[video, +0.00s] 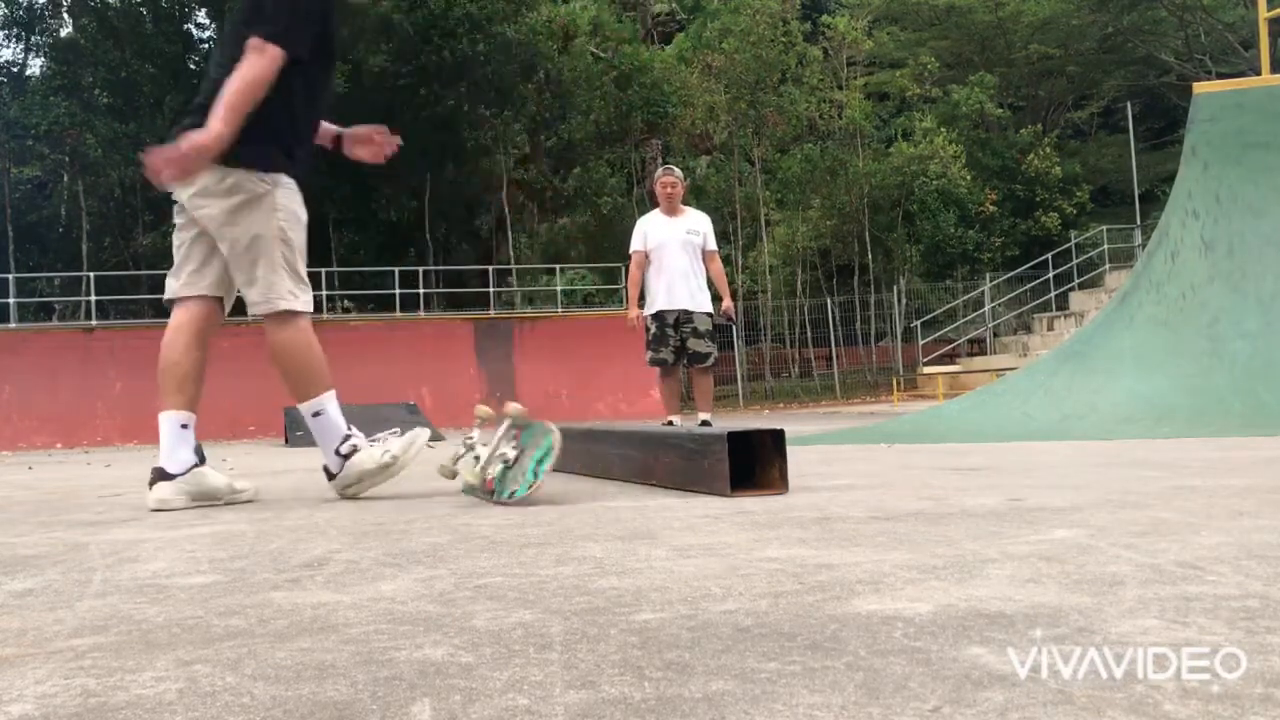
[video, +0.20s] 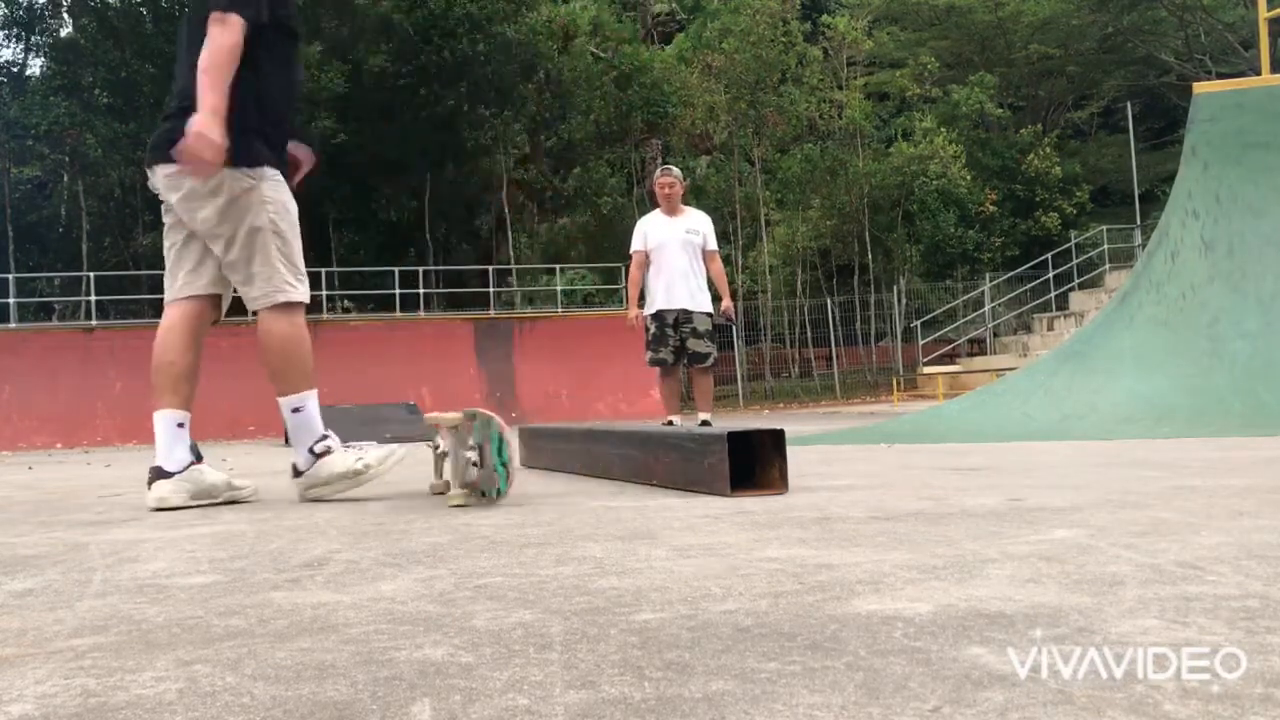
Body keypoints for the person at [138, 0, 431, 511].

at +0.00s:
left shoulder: (274, 14)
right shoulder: (299, 7)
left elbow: (265, 100)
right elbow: (260, 58)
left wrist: (339, 137)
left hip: (208, 163)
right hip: (253, 168)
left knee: (194, 309)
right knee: (286, 313)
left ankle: (176, 467)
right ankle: (342, 453)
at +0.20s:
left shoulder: (234, 13)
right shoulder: (247, 3)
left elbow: (233, 73)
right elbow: (223, 33)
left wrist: (275, 144)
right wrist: (210, 118)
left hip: (186, 157)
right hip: (236, 160)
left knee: (188, 304)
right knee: (281, 301)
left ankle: (174, 466)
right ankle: (313, 454)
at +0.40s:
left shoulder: (193, 11)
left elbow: (166, 87)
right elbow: (233, 29)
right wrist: (280, 125)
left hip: (181, 153)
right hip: (230, 154)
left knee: (192, 302)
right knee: (275, 299)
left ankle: (175, 467)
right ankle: (298, 459)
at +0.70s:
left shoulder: (190, 9)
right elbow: (249, 33)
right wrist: (299, 130)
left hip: (187, 151)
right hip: (244, 150)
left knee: (202, 298)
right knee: (299, 298)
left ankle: (178, 465)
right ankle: (305, 454)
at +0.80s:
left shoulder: (209, 11)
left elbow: (230, 82)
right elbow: (260, 40)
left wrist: (319, 101)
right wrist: (299, 136)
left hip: (198, 153)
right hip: (252, 154)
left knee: (207, 299)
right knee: (298, 304)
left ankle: (178, 464)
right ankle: (309, 457)